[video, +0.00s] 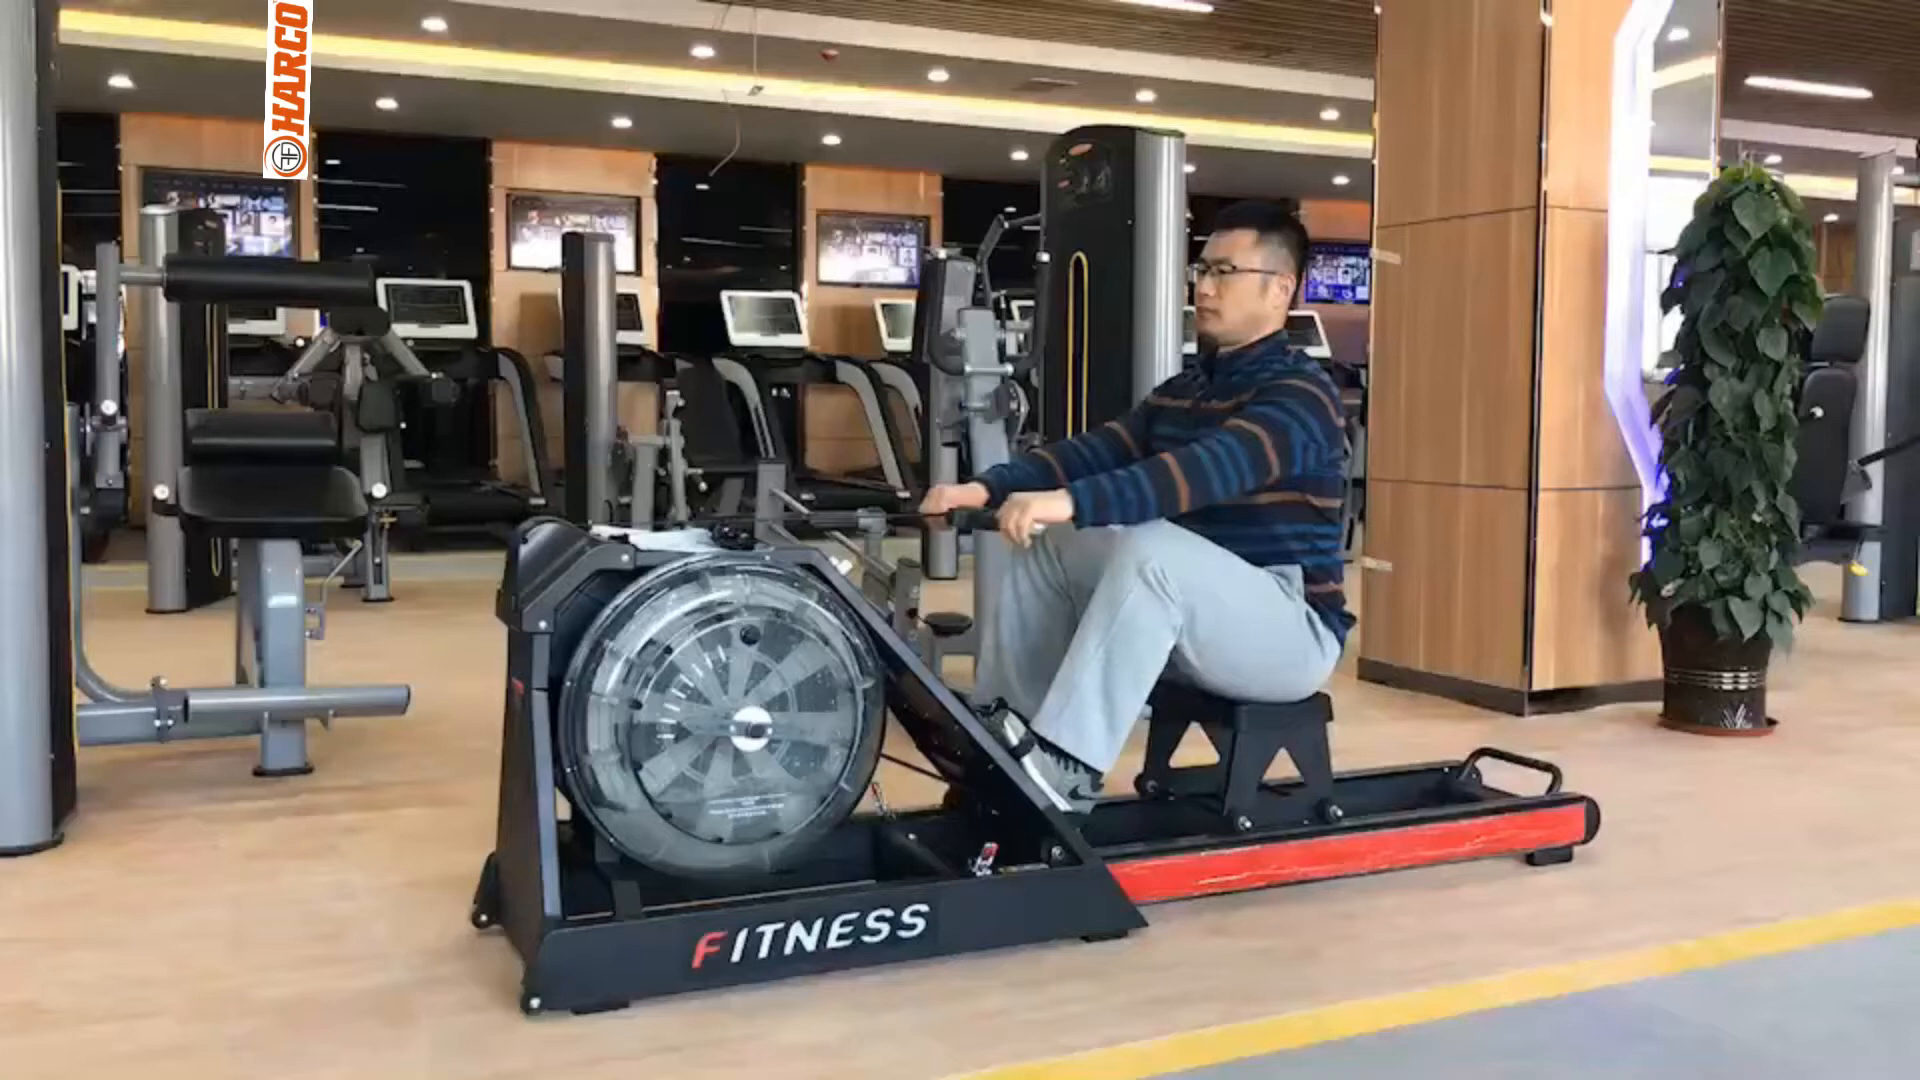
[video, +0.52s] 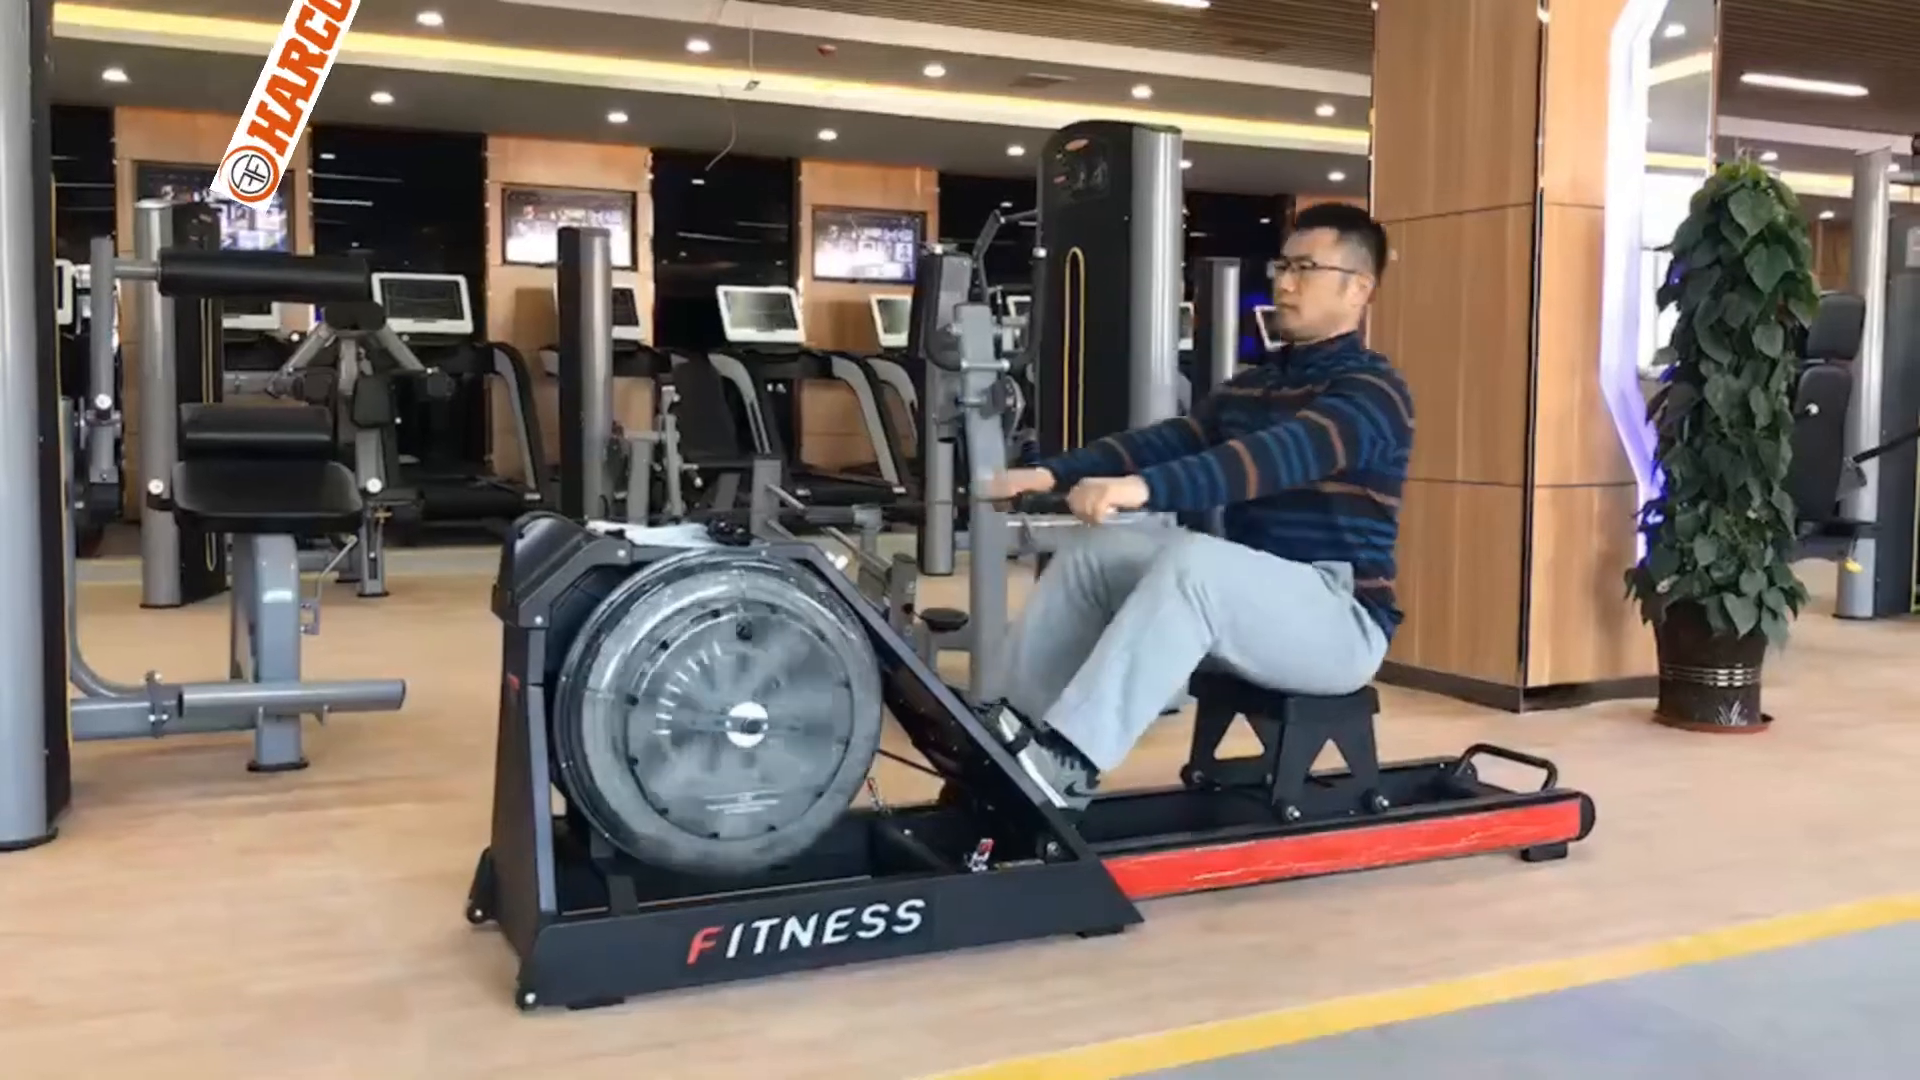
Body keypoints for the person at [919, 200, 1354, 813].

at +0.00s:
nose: (1201, 287)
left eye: (1222, 272)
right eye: (1200, 272)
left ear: (1282, 290)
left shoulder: (1301, 395)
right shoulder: (1185, 389)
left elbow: (1201, 473)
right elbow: (1097, 451)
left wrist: (1072, 502)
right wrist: (988, 487)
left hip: (1291, 631)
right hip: (1189, 613)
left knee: (1152, 552)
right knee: (1024, 533)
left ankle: (1070, 765)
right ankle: (1012, 727)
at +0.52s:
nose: (1283, 282)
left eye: (1305, 268)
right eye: (1281, 267)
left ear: (1358, 290)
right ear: (1274, 279)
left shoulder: (1373, 393)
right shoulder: (1254, 384)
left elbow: (1269, 461)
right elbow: (1166, 443)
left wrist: (1147, 488)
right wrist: (1049, 472)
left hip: (1343, 619)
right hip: (1250, 594)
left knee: (1191, 568)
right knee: (1091, 554)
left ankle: (1071, 760)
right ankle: (1008, 743)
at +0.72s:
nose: (1352, 293)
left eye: (1373, 280)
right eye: (1350, 279)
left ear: (1426, 295)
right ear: (1346, 285)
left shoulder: (1444, 399)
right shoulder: (1322, 390)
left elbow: (1352, 471)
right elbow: (1236, 452)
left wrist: (1233, 490)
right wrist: (1130, 476)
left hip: (1386, 612)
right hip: (1299, 589)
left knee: (1226, 603)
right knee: (1129, 574)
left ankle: (1082, 765)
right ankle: (1011, 729)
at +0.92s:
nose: (1409, 311)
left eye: (1429, 295)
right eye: (1402, 294)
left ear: (1481, 309)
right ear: (1393, 299)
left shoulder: (1502, 408)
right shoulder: (1376, 402)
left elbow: (1444, 499)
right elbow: (1298, 473)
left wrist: (1324, 507)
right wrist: (1213, 485)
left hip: (1415, 614)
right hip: (1329, 591)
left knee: (1248, 635)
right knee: (1159, 606)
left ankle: (1094, 771)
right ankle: (1015, 727)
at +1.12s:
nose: (1429, 317)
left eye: (1450, 302)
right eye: (1424, 301)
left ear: (1503, 317)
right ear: (1417, 307)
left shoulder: (1534, 415)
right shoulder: (1401, 410)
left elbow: (1514, 528)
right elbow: (1353, 498)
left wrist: (1401, 524)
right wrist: (1285, 500)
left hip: (1424, 615)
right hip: (1334, 589)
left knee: (1253, 670)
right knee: (1183, 631)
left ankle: (1092, 786)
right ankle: (1022, 728)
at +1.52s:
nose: (1356, 307)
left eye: (1377, 292)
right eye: (1351, 290)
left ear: (1431, 303)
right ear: (1344, 294)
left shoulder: (1467, 405)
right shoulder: (1339, 402)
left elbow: (1496, 529)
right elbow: (1310, 504)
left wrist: (1377, 528)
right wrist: (1257, 514)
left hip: (1396, 621)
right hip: (1305, 597)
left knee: (1234, 616)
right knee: (1137, 586)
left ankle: (1094, 771)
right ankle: (1014, 729)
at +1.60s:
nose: (1331, 305)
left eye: (1352, 290)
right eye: (1326, 288)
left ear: (1405, 303)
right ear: (1317, 294)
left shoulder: (1442, 404)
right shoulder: (1315, 400)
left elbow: (1463, 525)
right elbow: (1283, 506)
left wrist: (1337, 521)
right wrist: (1225, 510)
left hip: (1380, 621)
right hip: (1294, 600)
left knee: (1224, 605)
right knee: (1121, 580)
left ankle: (1088, 769)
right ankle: (1007, 731)